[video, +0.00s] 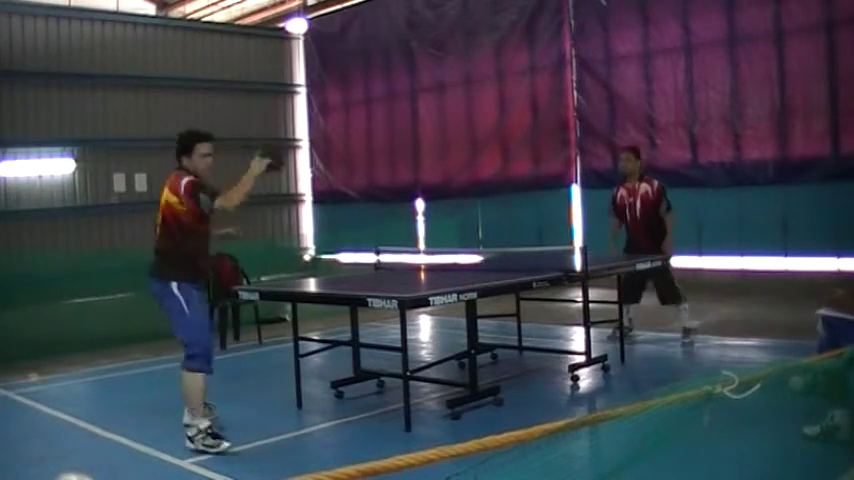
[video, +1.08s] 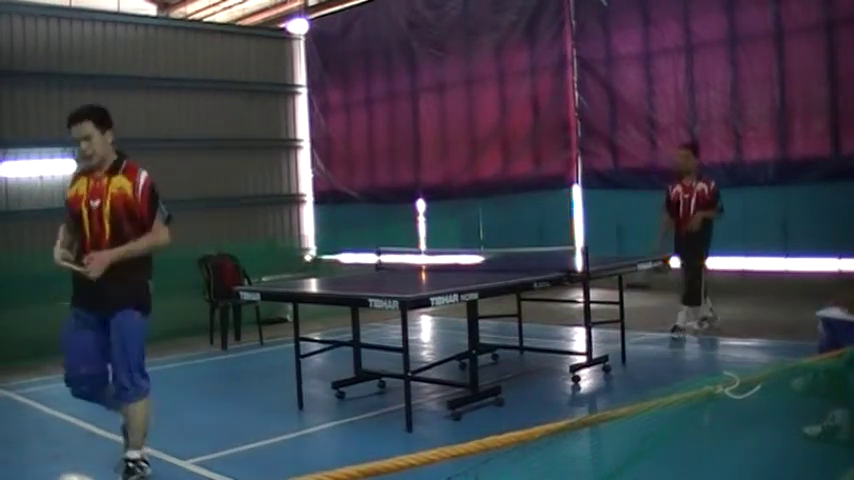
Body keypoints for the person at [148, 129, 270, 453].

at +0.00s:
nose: (210, 161)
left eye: (211, 155)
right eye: (204, 156)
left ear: (190, 160)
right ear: (185, 159)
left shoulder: (182, 182)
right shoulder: (184, 184)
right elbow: (227, 201)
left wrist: (221, 231)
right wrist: (252, 172)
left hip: (186, 276)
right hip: (175, 278)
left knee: (200, 344)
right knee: (197, 346)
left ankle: (197, 412)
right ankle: (196, 427)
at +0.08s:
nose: (202, 156)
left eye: (204, 150)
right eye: (195, 150)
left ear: (203, 152)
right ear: (177, 154)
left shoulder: (187, 182)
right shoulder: (173, 181)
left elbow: (188, 226)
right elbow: (203, 212)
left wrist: (220, 231)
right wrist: (239, 181)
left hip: (188, 275)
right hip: (168, 278)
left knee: (200, 340)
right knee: (185, 344)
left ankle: (194, 406)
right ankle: (178, 425)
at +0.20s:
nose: (186, 152)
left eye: (189, 146)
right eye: (177, 148)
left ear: (193, 149)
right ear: (164, 153)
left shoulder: (189, 184)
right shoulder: (159, 185)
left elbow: (189, 227)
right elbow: (166, 227)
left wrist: (219, 230)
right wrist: (209, 206)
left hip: (188, 278)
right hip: (161, 281)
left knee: (193, 344)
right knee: (167, 349)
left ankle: (194, 407)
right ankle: (165, 420)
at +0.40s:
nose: (149, 153)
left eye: (155, 145)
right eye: (142, 147)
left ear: (168, 147)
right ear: (135, 153)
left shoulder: (185, 186)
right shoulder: (126, 188)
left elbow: (197, 229)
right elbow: (113, 232)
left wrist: (191, 240)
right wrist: (158, 234)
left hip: (184, 287)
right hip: (143, 290)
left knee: (192, 350)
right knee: (153, 358)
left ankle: (194, 410)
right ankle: (161, 423)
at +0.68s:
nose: (123, 149)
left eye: (127, 140)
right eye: (116, 145)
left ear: (141, 139)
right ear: (109, 150)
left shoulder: (169, 180)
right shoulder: (102, 186)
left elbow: (197, 220)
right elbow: (88, 231)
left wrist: (174, 243)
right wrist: (114, 242)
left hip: (162, 283)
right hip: (124, 287)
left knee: (163, 355)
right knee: (140, 360)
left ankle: (167, 433)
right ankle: (159, 422)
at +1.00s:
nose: (91, 151)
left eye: (97, 142)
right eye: (85, 145)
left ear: (118, 138)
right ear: (82, 148)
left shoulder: (146, 182)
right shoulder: (84, 185)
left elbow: (173, 234)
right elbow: (74, 228)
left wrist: (130, 259)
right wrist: (70, 250)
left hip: (134, 295)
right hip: (94, 295)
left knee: (130, 376)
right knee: (101, 382)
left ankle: (134, 458)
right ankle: (147, 407)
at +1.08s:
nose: (82, 147)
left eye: (88, 139)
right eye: (76, 141)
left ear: (109, 135)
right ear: (74, 144)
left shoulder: (136, 179)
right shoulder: (78, 183)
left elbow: (162, 235)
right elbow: (72, 226)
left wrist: (110, 255)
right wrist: (62, 249)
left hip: (127, 295)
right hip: (86, 295)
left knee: (129, 377)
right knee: (82, 379)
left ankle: (135, 459)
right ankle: (130, 410)